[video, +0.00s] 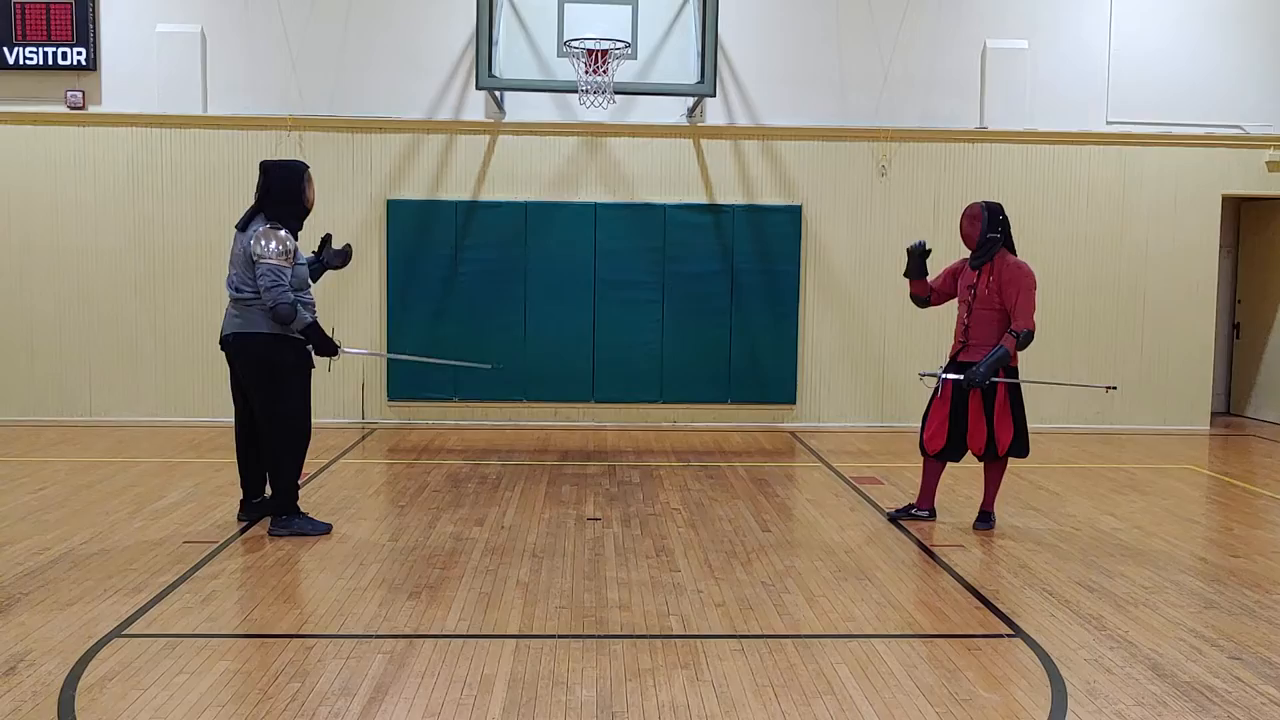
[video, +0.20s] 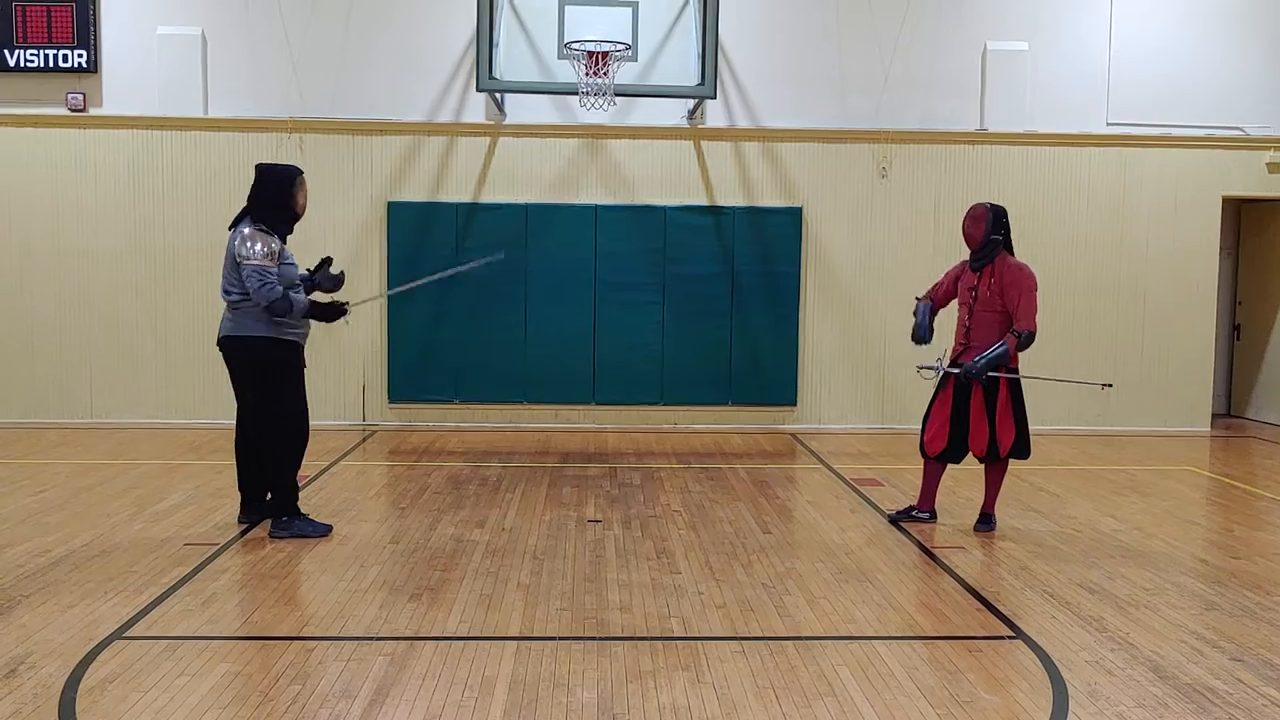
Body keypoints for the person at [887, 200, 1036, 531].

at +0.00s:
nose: (963, 232)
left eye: (969, 225)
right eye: (963, 225)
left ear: (988, 227)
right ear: (972, 228)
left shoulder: (1016, 271)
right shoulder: (964, 268)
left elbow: (1023, 329)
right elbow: (924, 298)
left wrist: (990, 362)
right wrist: (916, 267)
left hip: (996, 369)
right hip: (958, 366)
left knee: (995, 440)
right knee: (937, 431)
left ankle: (987, 509)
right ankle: (923, 504)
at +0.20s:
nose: (966, 232)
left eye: (972, 225)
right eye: (966, 226)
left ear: (992, 230)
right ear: (971, 229)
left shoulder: (1017, 273)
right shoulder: (965, 270)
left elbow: (1025, 332)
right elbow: (931, 298)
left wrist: (987, 360)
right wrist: (923, 314)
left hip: (996, 372)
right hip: (958, 369)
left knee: (996, 441)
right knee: (937, 433)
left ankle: (987, 512)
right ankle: (924, 507)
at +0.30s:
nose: (967, 237)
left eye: (972, 230)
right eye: (966, 230)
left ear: (992, 232)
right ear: (974, 231)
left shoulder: (1018, 274)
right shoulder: (964, 271)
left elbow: (1026, 331)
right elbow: (934, 309)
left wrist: (983, 357)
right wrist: (931, 341)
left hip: (996, 374)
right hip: (959, 370)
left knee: (996, 442)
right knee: (937, 433)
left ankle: (988, 512)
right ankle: (925, 507)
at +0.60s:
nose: (967, 232)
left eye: (974, 226)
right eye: (967, 226)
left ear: (995, 231)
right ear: (970, 231)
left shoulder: (1017, 276)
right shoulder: (964, 276)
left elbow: (1026, 333)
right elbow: (945, 319)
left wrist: (982, 359)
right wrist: (934, 349)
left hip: (998, 375)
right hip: (961, 372)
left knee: (997, 443)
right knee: (938, 434)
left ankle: (989, 515)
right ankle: (926, 509)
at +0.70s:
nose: (966, 238)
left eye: (971, 231)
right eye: (965, 232)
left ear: (992, 233)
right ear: (971, 233)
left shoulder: (1018, 277)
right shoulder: (965, 276)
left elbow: (1025, 334)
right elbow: (946, 321)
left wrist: (979, 357)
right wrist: (937, 352)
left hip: (998, 376)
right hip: (960, 373)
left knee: (998, 444)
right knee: (938, 436)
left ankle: (989, 515)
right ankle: (926, 509)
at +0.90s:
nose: (964, 249)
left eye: (969, 242)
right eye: (961, 243)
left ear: (989, 239)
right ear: (961, 243)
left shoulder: (1014, 274)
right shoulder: (963, 277)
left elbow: (1037, 324)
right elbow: (948, 325)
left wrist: (988, 333)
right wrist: (944, 359)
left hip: (998, 374)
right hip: (960, 371)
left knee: (998, 442)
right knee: (937, 435)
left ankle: (989, 516)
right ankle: (926, 511)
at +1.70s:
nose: (942, 306)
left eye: (949, 298)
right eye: (941, 299)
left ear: (968, 300)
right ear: (942, 302)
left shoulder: (993, 334)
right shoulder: (941, 343)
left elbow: (1047, 361)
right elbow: (931, 394)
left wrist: (1016, 392)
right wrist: (934, 434)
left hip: (988, 436)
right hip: (949, 437)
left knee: (991, 505)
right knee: (929, 499)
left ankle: (984, 578)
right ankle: (922, 574)